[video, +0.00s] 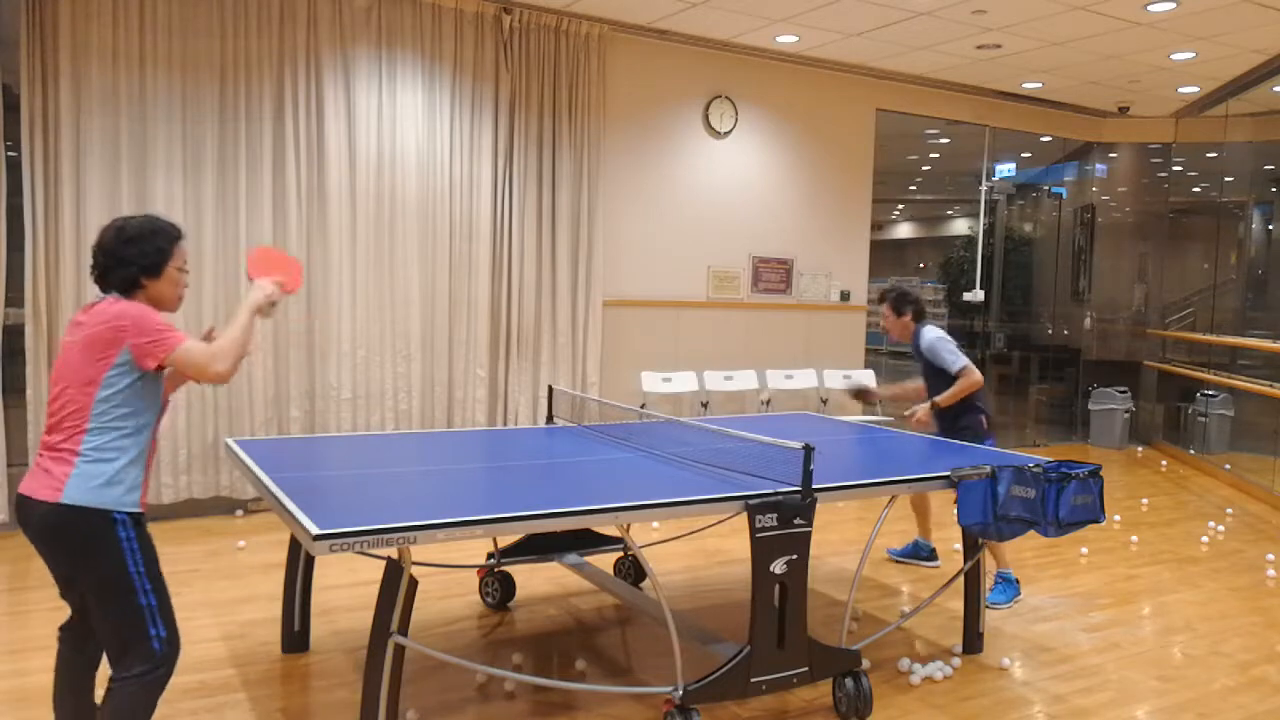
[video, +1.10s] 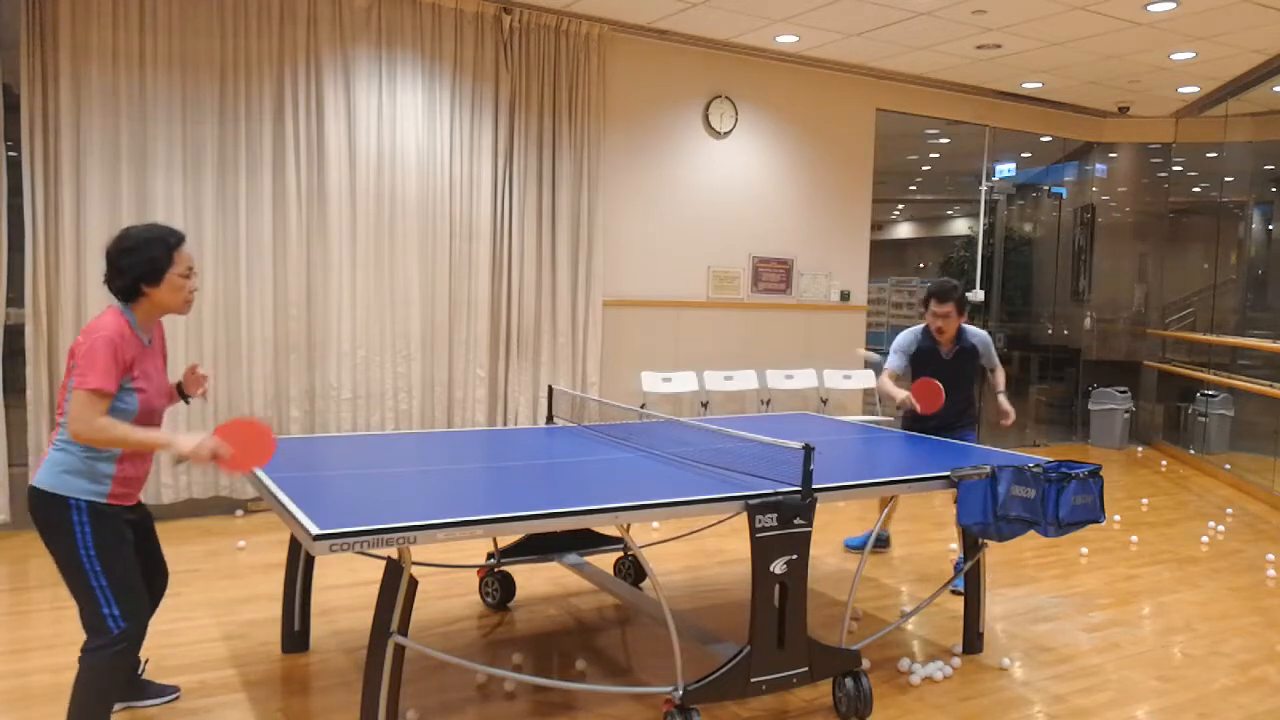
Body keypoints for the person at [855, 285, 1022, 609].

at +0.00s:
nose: (883, 326)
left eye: (886, 318)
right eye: (882, 319)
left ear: (906, 316)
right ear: (904, 316)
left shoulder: (931, 339)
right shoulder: (920, 341)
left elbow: (973, 378)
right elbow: (931, 386)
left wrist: (933, 405)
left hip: (971, 434)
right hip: (948, 433)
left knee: (978, 504)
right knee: (914, 479)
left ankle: (1006, 577)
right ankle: (924, 545)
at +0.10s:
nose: (873, 319)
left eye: (876, 312)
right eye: (872, 312)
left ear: (897, 312)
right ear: (892, 312)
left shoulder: (924, 333)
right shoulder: (897, 342)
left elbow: (967, 370)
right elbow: (872, 365)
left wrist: (926, 394)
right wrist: (825, 361)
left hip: (965, 431)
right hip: (935, 430)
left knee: (972, 498)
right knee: (904, 478)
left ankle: (995, 572)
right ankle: (922, 544)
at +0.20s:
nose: (869, 303)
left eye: (875, 297)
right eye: (870, 297)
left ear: (896, 299)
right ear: (887, 300)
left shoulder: (923, 324)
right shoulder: (880, 330)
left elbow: (964, 362)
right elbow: (847, 348)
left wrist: (926, 378)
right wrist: (812, 341)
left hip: (945, 419)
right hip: (916, 418)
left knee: (936, 480)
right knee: (893, 473)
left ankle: (969, 548)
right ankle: (920, 539)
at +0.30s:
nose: (870, 297)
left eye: (877, 291)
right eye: (869, 290)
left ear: (898, 294)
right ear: (869, 292)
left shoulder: (923, 323)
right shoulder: (871, 326)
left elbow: (961, 362)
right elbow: (836, 349)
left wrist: (923, 375)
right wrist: (806, 340)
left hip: (928, 416)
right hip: (895, 415)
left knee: (921, 478)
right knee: (873, 469)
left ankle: (937, 548)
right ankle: (894, 526)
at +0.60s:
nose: (865, 307)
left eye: (872, 301)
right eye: (862, 301)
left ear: (892, 306)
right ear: (860, 304)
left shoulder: (915, 336)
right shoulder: (857, 336)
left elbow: (944, 372)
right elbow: (840, 373)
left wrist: (924, 399)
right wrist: (833, 378)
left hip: (913, 425)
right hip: (875, 422)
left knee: (921, 481)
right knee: (851, 470)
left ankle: (939, 546)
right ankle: (852, 527)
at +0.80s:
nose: (888, 314)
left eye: (895, 308)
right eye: (885, 307)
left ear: (915, 311)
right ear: (881, 307)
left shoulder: (938, 340)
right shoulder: (873, 337)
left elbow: (963, 372)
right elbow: (855, 379)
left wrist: (952, 400)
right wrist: (868, 382)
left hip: (928, 430)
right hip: (887, 428)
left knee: (943, 491)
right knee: (862, 472)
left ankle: (960, 554)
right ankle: (854, 528)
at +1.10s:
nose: (936, 324)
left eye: (944, 317)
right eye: (931, 316)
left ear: (962, 316)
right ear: (924, 313)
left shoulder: (979, 340)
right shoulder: (909, 339)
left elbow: (995, 368)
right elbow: (883, 381)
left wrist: (1001, 396)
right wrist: (899, 394)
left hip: (960, 428)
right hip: (916, 427)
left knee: (965, 492)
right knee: (889, 473)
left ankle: (965, 562)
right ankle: (881, 531)